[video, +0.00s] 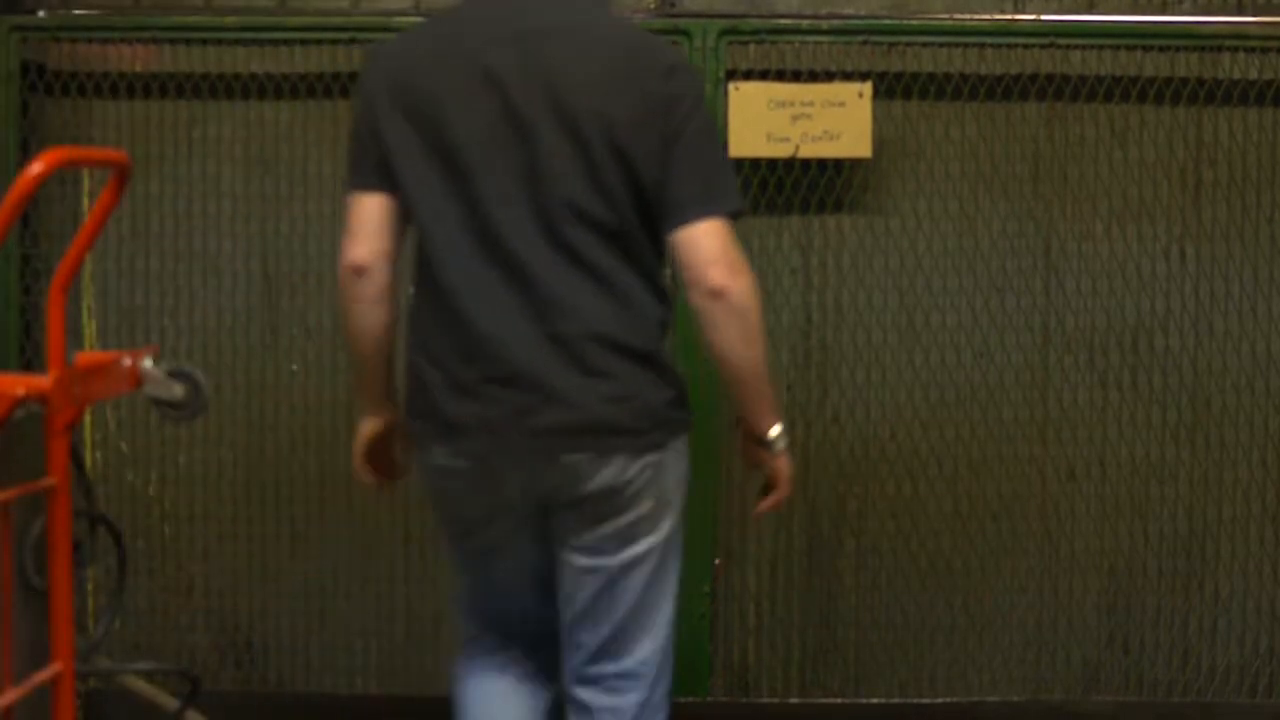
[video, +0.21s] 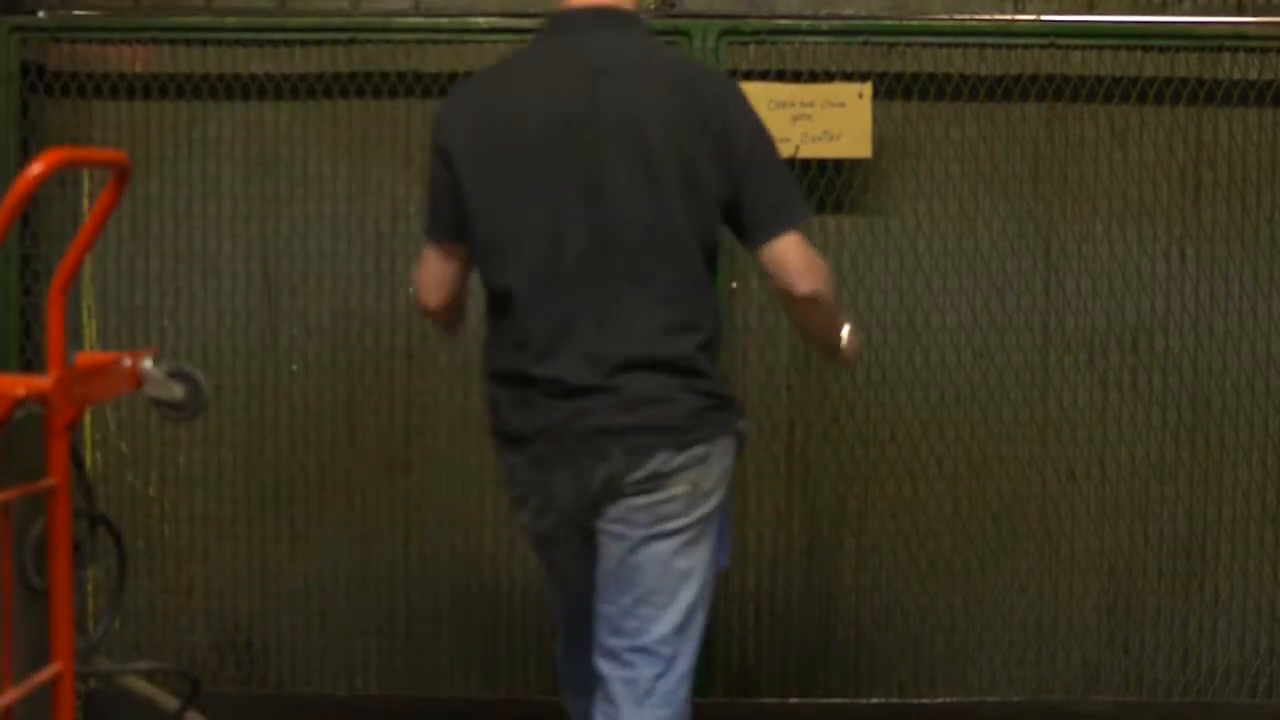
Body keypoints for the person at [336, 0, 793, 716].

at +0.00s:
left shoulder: (403, 65)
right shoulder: (649, 69)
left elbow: (362, 262)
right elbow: (715, 279)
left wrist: (375, 405)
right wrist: (764, 427)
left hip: (465, 425)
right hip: (615, 425)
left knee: (499, 649)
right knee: (616, 681)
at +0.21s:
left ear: (553, 4)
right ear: (641, 1)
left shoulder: (476, 102)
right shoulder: (699, 93)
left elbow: (436, 294)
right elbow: (801, 278)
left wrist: (457, 319)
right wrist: (835, 335)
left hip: (536, 426)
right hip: (668, 424)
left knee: (587, 659)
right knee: (642, 681)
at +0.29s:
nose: (656, 7)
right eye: (656, 1)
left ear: (559, 6)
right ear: (650, 3)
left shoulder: (500, 117)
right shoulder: (706, 109)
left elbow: (451, 285)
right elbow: (818, 277)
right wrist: (848, 256)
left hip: (556, 430)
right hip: (683, 428)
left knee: (604, 656)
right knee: (672, 667)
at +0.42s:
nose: (665, 10)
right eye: (664, 4)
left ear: (574, 11)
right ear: (660, 7)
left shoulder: (531, 114)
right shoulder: (717, 111)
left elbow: (485, 235)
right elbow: (827, 232)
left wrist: (508, 133)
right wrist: (849, 175)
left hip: (570, 414)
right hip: (693, 418)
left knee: (613, 613)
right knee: (732, 600)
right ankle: (685, 714)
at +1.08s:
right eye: (750, 2)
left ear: (677, 5)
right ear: (752, 5)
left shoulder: (631, 89)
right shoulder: (796, 88)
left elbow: (525, 170)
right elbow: (913, 165)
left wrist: (554, 68)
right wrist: (876, 69)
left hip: (652, 349)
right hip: (766, 353)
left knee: (661, 571)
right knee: (754, 573)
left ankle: (666, 717)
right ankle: (753, 715)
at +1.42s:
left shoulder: (633, 68)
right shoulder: (805, 66)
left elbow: (516, 47)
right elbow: (923, 42)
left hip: (653, 335)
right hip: (766, 339)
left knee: (661, 567)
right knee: (756, 569)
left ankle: (665, 714)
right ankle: (758, 712)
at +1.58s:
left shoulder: (629, 68)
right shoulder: (804, 69)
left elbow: (483, 84)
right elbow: (952, 75)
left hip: (651, 338)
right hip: (764, 345)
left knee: (661, 572)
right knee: (753, 574)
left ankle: (667, 714)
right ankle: (752, 713)